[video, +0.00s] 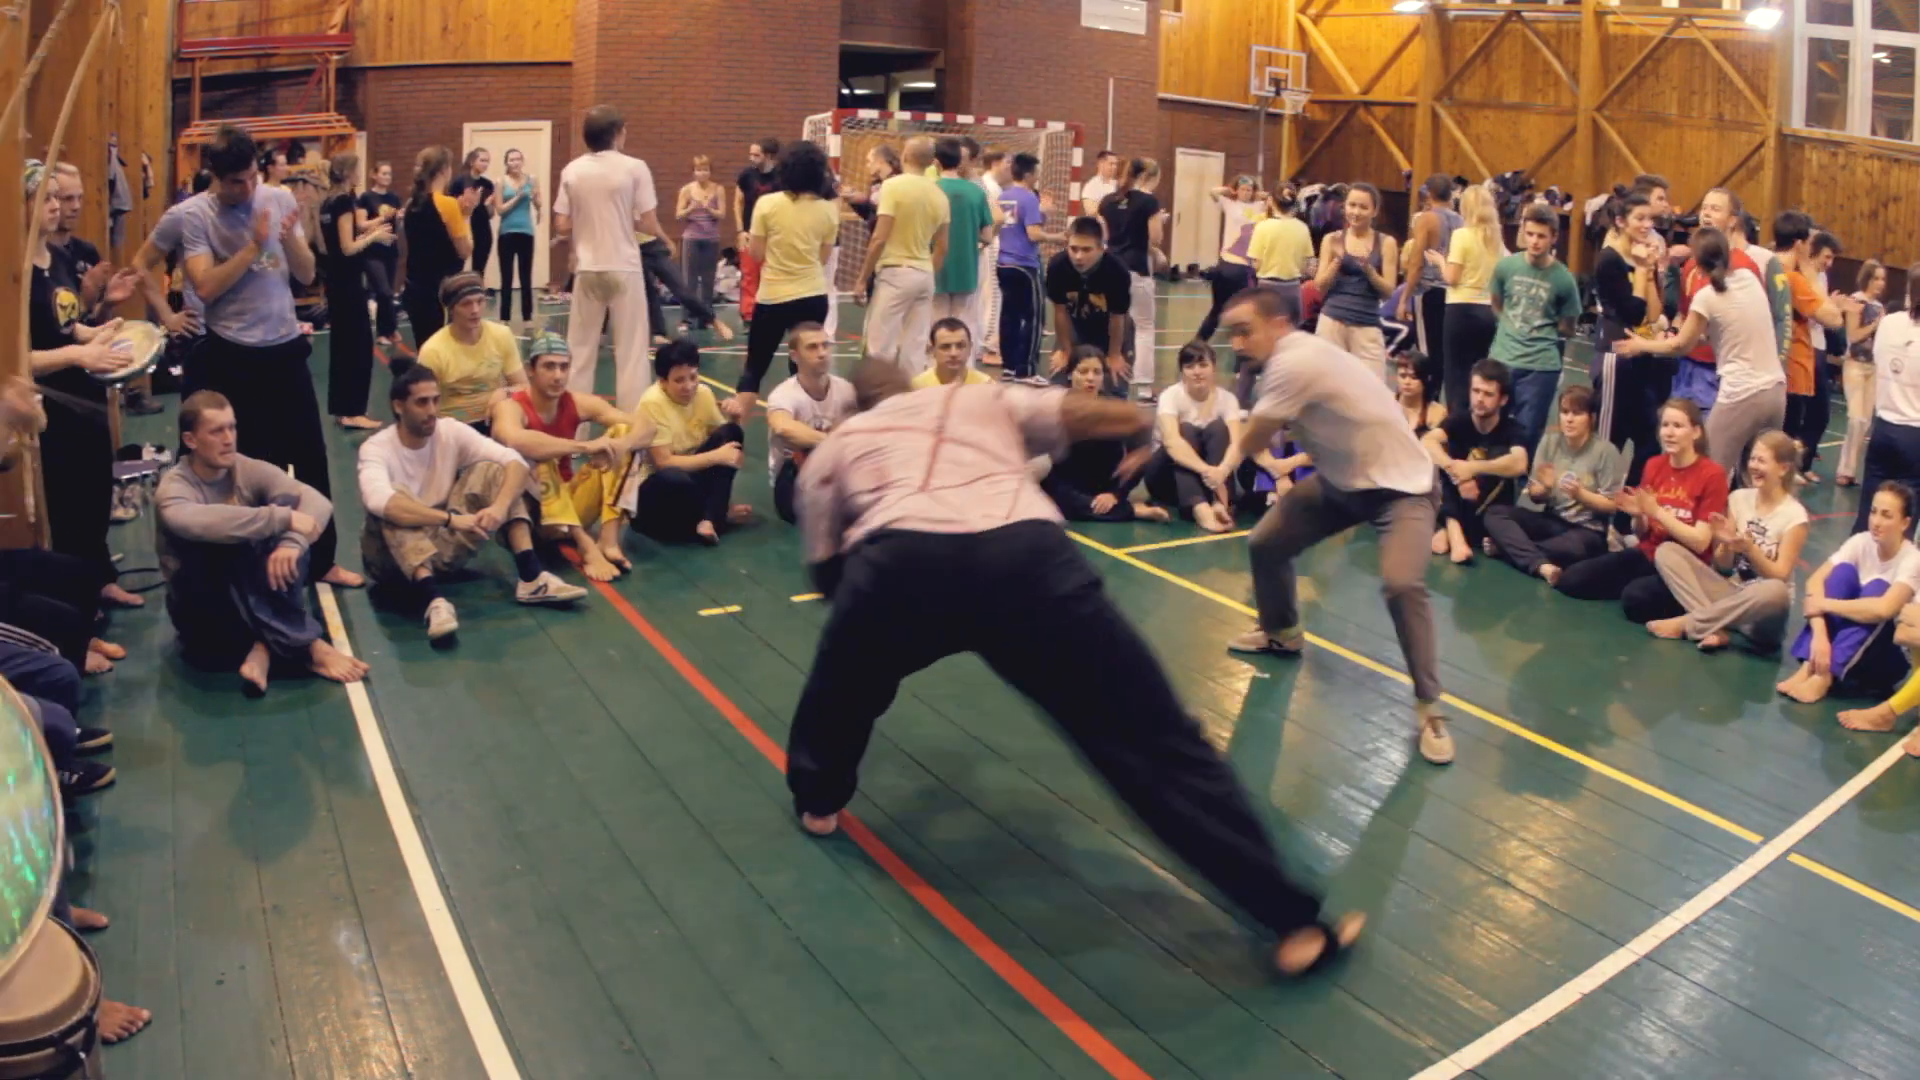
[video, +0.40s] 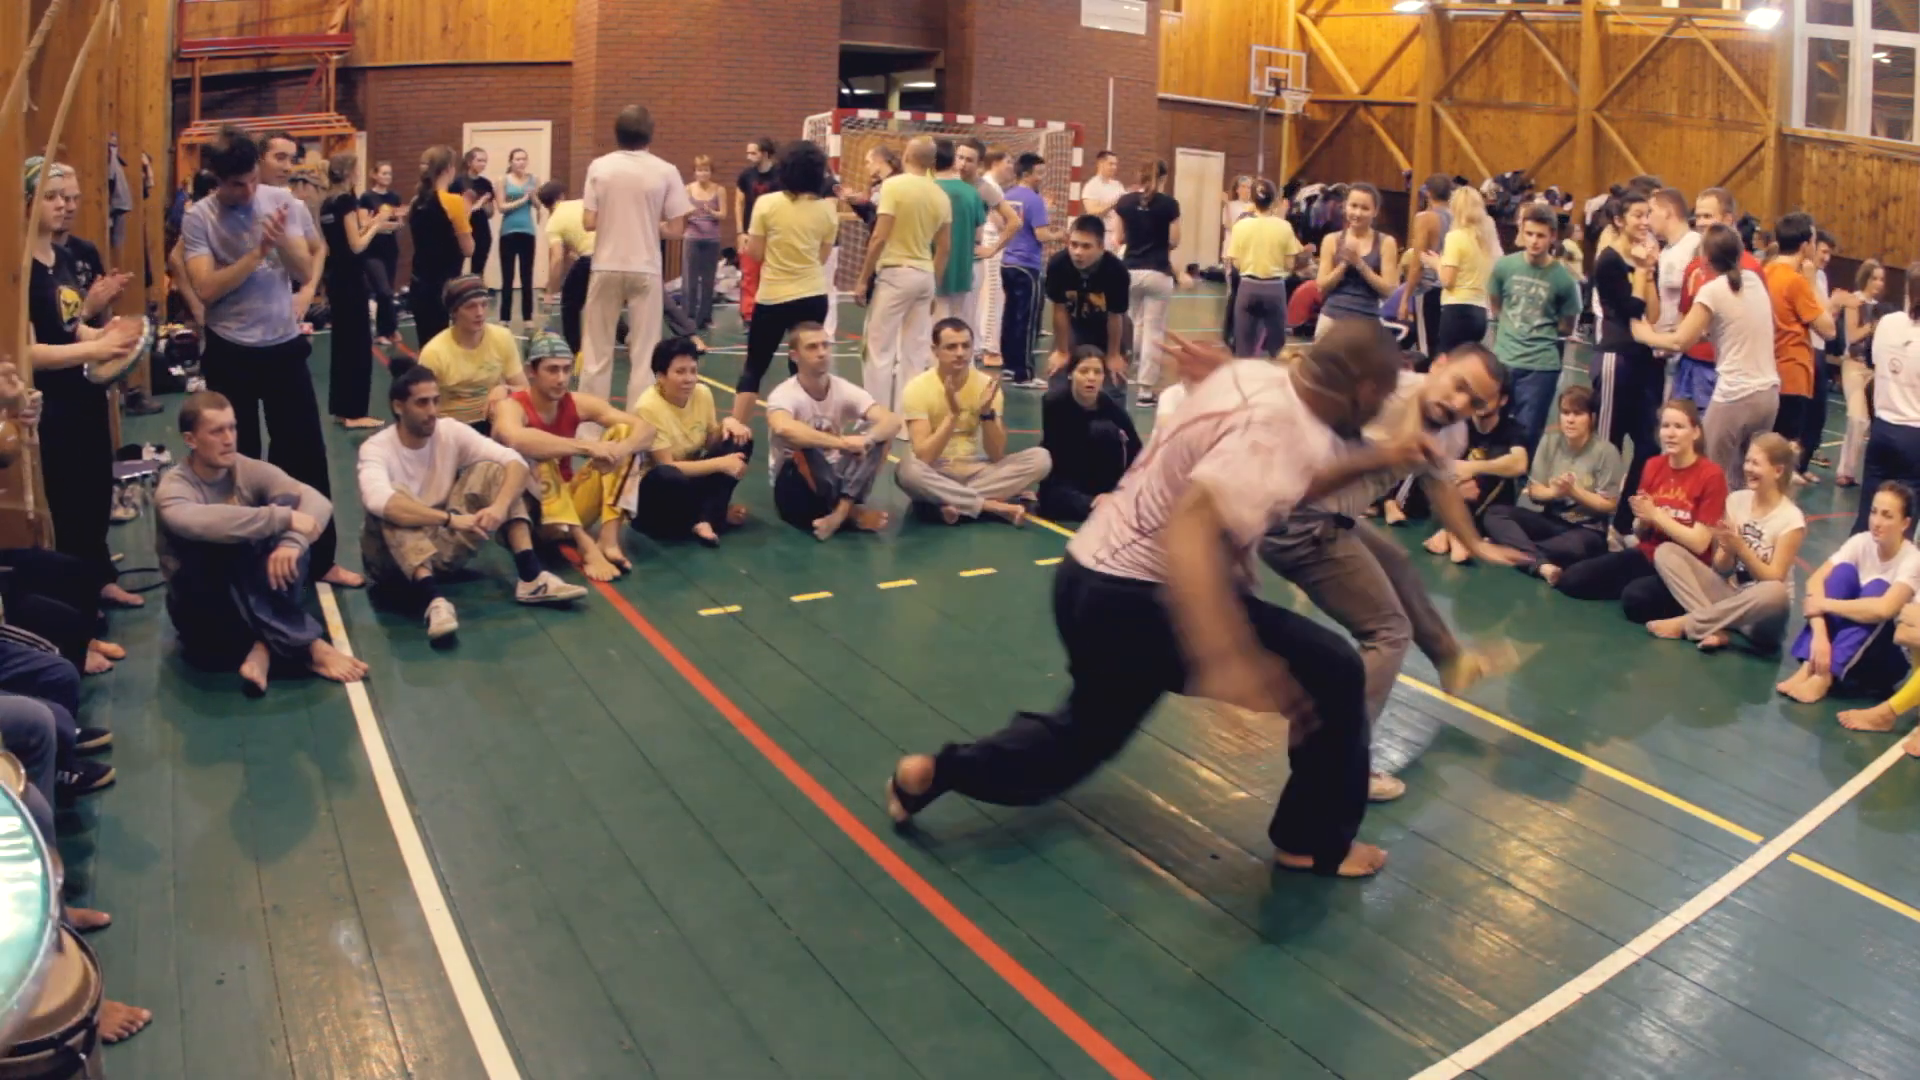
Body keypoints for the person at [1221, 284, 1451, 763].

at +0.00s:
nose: (1235, 344)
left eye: (1243, 331)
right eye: (1231, 334)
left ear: (1279, 322)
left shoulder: (1296, 359)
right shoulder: (1288, 358)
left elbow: (1250, 441)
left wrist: (1226, 468)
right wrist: (1281, 462)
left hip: (1403, 483)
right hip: (1342, 481)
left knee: (1401, 585)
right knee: (1266, 543)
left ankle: (1431, 710)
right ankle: (1280, 635)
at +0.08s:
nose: (1288, 335)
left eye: (1298, 323)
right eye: (1282, 325)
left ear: (1333, 317)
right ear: (1280, 329)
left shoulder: (1365, 350)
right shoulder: (1307, 361)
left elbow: (1288, 409)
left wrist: (1258, 380)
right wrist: (1268, 386)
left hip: (1407, 501)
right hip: (1336, 493)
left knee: (1429, 594)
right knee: (1255, 579)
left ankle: (1416, 715)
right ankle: (1267, 615)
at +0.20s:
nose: (1377, 349)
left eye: (1393, 341)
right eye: (1374, 334)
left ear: (1422, 345)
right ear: (1366, 326)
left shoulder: (1445, 384)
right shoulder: (1338, 361)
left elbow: (1412, 453)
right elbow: (1291, 406)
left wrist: (1351, 398)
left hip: (1399, 510)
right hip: (1331, 499)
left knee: (1433, 599)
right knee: (1335, 600)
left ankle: (1417, 720)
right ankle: (1269, 638)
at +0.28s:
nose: (1418, 371)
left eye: (1436, 367)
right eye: (1417, 354)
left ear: (1458, 374)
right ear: (1408, 339)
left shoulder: (1463, 416)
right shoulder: (1352, 369)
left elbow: (1472, 503)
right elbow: (1262, 380)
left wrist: (1496, 507)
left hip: (1378, 505)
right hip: (1313, 495)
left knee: (1437, 583)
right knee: (1379, 601)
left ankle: (1426, 711)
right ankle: (1307, 726)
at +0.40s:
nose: (1458, 404)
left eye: (1475, 403)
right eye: (1459, 385)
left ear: (1479, 411)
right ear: (1439, 362)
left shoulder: (1451, 430)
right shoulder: (1379, 389)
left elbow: (1441, 486)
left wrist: (1477, 545)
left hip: (1334, 516)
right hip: (1298, 520)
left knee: (1394, 562)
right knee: (1388, 631)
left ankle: (1453, 663)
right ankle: (1339, 761)